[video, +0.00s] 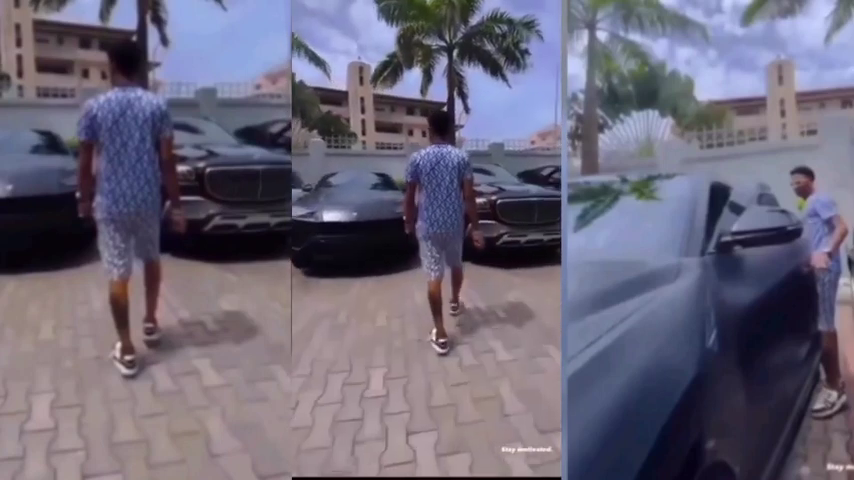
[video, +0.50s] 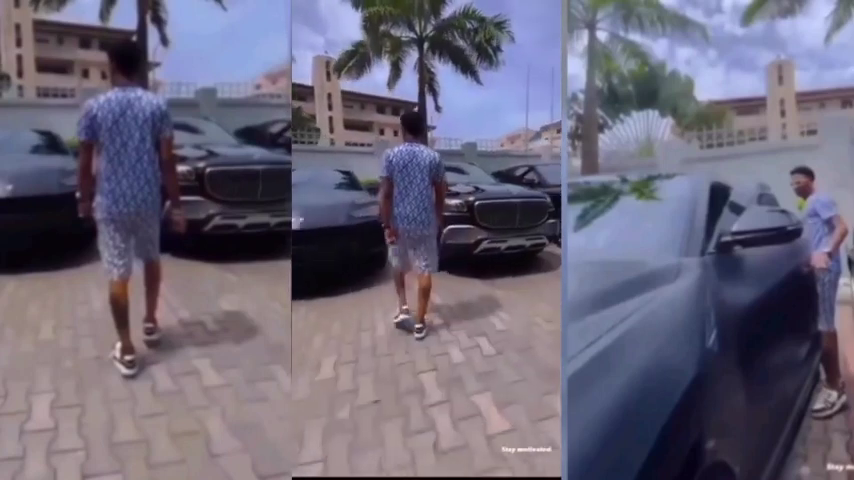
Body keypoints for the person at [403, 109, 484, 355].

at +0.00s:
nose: (430, 133)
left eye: (429, 129)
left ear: (430, 130)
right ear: (451, 130)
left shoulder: (418, 158)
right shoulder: (460, 157)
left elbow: (410, 195)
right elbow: (469, 195)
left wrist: (409, 221)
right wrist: (475, 227)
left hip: (428, 224)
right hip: (454, 223)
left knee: (434, 276)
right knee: (456, 263)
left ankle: (440, 333)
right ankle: (454, 300)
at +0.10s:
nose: (428, 139)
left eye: (427, 134)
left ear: (427, 135)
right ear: (449, 135)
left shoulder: (416, 161)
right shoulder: (457, 162)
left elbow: (406, 198)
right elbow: (463, 199)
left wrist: (404, 225)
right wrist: (471, 230)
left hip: (423, 227)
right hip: (448, 227)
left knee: (429, 280)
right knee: (449, 266)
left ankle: (434, 339)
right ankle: (445, 300)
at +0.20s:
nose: (427, 138)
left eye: (424, 134)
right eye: (439, 134)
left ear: (423, 135)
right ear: (444, 135)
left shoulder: (411, 161)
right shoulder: (452, 163)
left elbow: (402, 198)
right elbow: (458, 201)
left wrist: (400, 226)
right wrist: (465, 232)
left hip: (418, 227)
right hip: (444, 227)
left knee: (420, 279)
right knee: (444, 267)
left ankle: (427, 339)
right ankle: (439, 304)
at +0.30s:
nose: (420, 136)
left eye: (418, 132)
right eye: (431, 131)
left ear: (418, 133)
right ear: (438, 133)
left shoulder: (406, 159)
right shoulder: (446, 161)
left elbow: (399, 196)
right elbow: (452, 199)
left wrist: (396, 224)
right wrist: (456, 229)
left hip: (413, 224)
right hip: (438, 224)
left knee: (410, 269)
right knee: (437, 268)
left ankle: (417, 315)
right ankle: (433, 310)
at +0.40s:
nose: (411, 133)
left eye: (411, 129)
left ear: (411, 131)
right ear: (432, 130)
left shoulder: (400, 156)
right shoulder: (441, 158)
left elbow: (393, 194)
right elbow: (446, 195)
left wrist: (391, 225)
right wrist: (448, 224)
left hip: (407, 221)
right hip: (433, 222)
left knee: (403, 264)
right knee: (432, 268)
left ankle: (411, 307)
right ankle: (426, 316)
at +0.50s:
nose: (401, 133)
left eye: (401, 129)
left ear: (402, 130)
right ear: (424, 130)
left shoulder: (392, 156)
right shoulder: (432, 157)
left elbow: (386, 193)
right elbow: (440, 192)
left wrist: (386, 223)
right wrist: (439, 219)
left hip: (399, 223)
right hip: (425, 223)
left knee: (398, 268)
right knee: (425, 271)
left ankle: (403, 307)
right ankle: (420, 322)